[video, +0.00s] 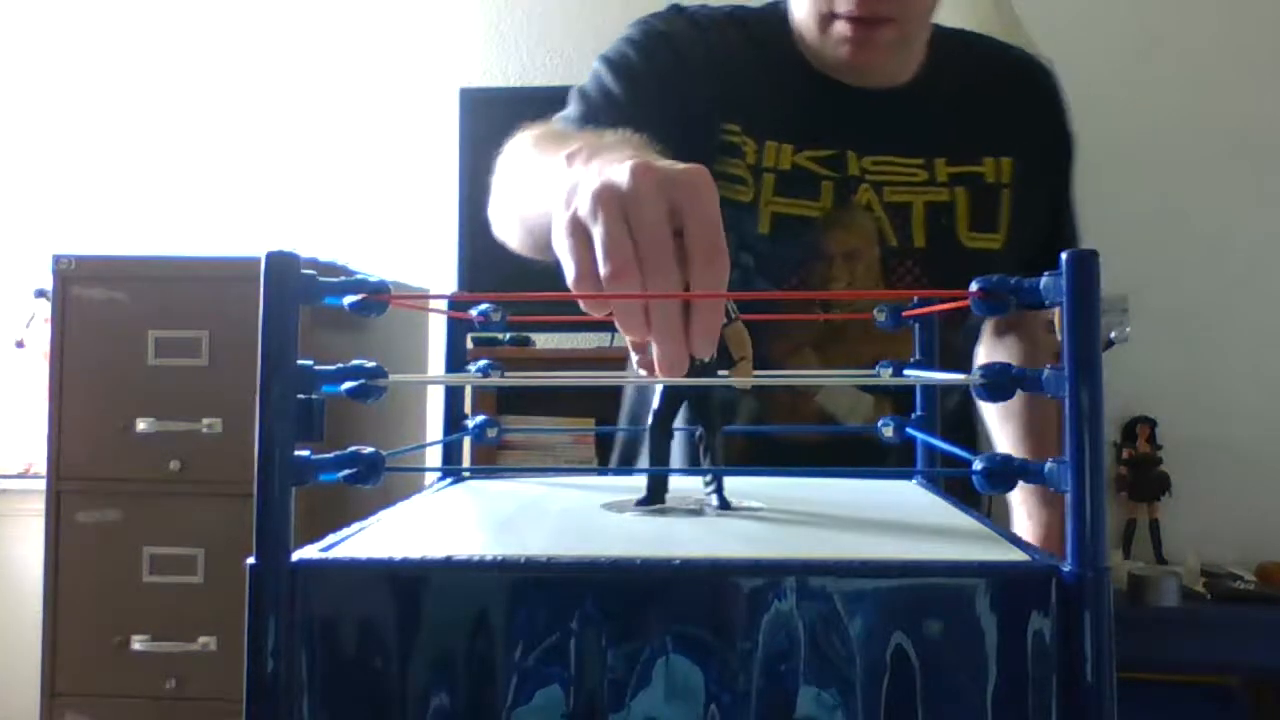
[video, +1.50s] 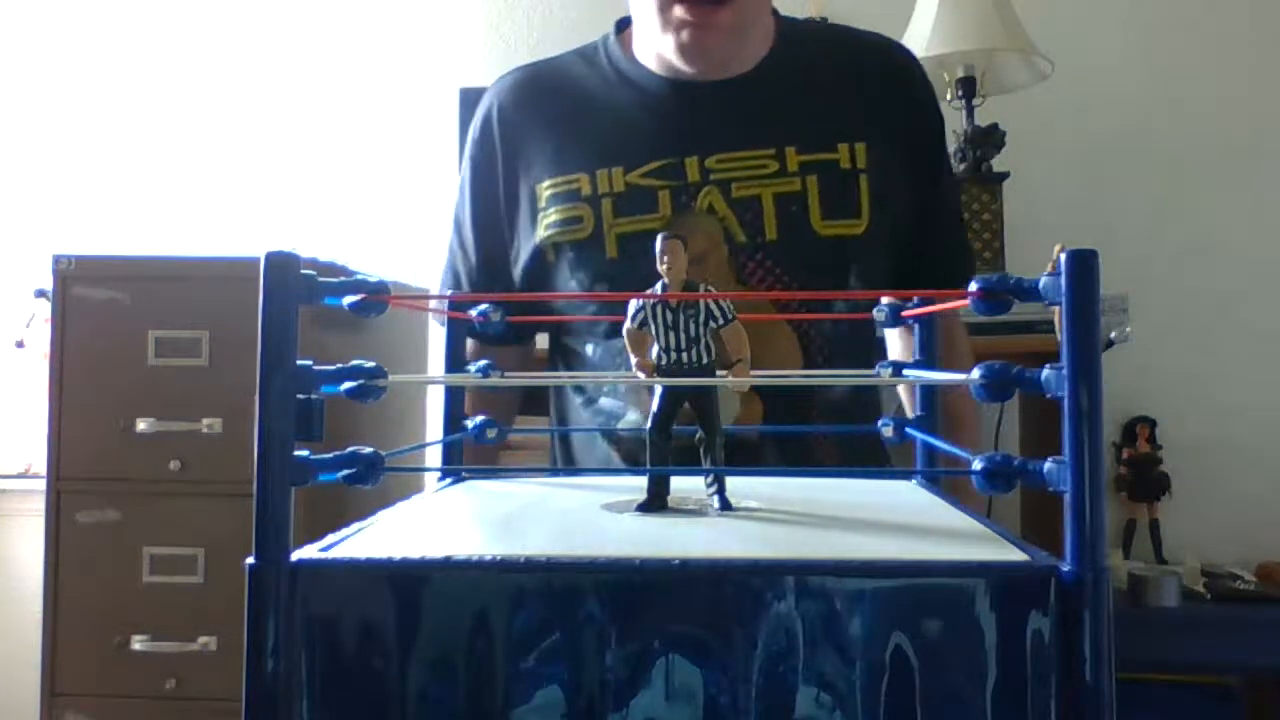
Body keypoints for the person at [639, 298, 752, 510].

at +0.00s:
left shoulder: (711, 293)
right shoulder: (662, 298)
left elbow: (734, 327)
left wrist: (743, 361)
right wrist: (641, 358)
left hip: (704, 369)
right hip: (671, 370)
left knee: (709, 432)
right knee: (658, 426)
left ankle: (716, 492)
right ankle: (656, 490)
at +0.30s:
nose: (677, 268)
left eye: (681, 262)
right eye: (670, 262)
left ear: (691, 265)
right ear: (658, 266)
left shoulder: (703, 297)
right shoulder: (651, 299)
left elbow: (728, 330)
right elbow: (637, 333)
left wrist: (737, 360)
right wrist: (640, 360)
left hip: (705, 368)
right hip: (669, 370)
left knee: (710, 432)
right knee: (656, 428)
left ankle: (718, 492)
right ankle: (656, 492)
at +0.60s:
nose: (666, 262)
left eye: (672, 255)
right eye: (662, 257)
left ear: (686, 258)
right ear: (657, 262)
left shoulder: (706, 296)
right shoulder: (646, 301)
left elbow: (733, 331)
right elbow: (632, 332)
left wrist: (741, 363)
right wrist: (638, 359)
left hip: (702, 370)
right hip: (666, 372)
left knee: (711, 429)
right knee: (656, 428)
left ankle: (718, 492)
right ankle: (656, 493)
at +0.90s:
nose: (667, 263)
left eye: (672, 258)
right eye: (662, 259)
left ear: (686, 260)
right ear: (657, 263)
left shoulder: (705, 296)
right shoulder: (646, 302)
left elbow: (731, 329)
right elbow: (633, 333)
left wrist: (741, 361)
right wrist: (638, 360)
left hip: (702, 370)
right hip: (666, 373)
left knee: (711, 431)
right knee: (656, 429)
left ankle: (718, 492)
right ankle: (656, 494)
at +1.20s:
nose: (667, 262)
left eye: (672, 256)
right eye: (662, 257)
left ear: (687, 260)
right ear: (657, 263)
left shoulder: (706, 296)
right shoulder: (646, 302)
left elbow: (731, 328)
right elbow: (633, 334)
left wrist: (741, 361)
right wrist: (638, 359)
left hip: (702, 373)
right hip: (667, 375)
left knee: (711, 432)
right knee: (655, 430)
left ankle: (718, 492)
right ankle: (657, 494)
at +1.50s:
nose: (667, 261)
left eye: (672, 255)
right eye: (662, 256)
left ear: (686, 258)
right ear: (657, 263)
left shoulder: (706, 296)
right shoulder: (646, 302)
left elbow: (732, 329)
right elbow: (632, 332)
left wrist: (742, 361)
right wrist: (637, 358)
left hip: (702, 373)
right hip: (667, 375)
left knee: (711, 432)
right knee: (656, 430)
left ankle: (718, 493)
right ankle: (657, 495)